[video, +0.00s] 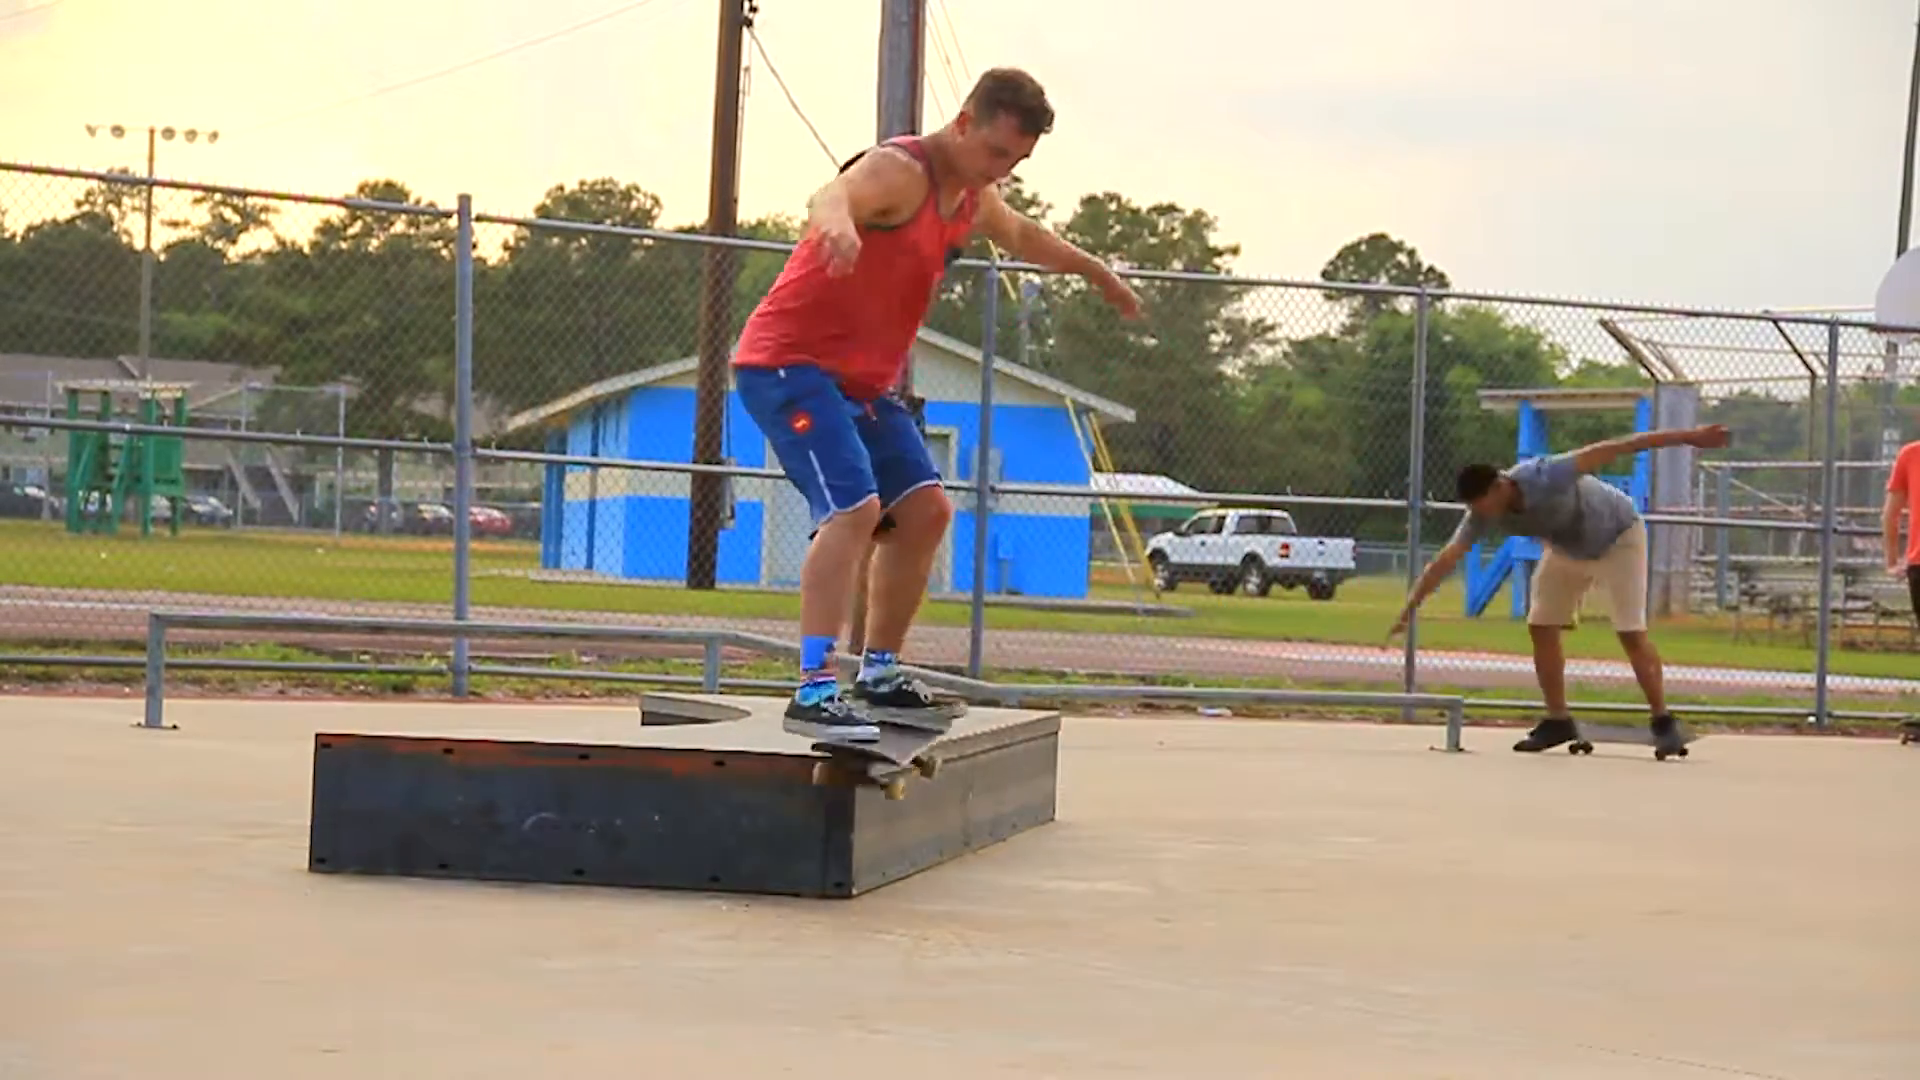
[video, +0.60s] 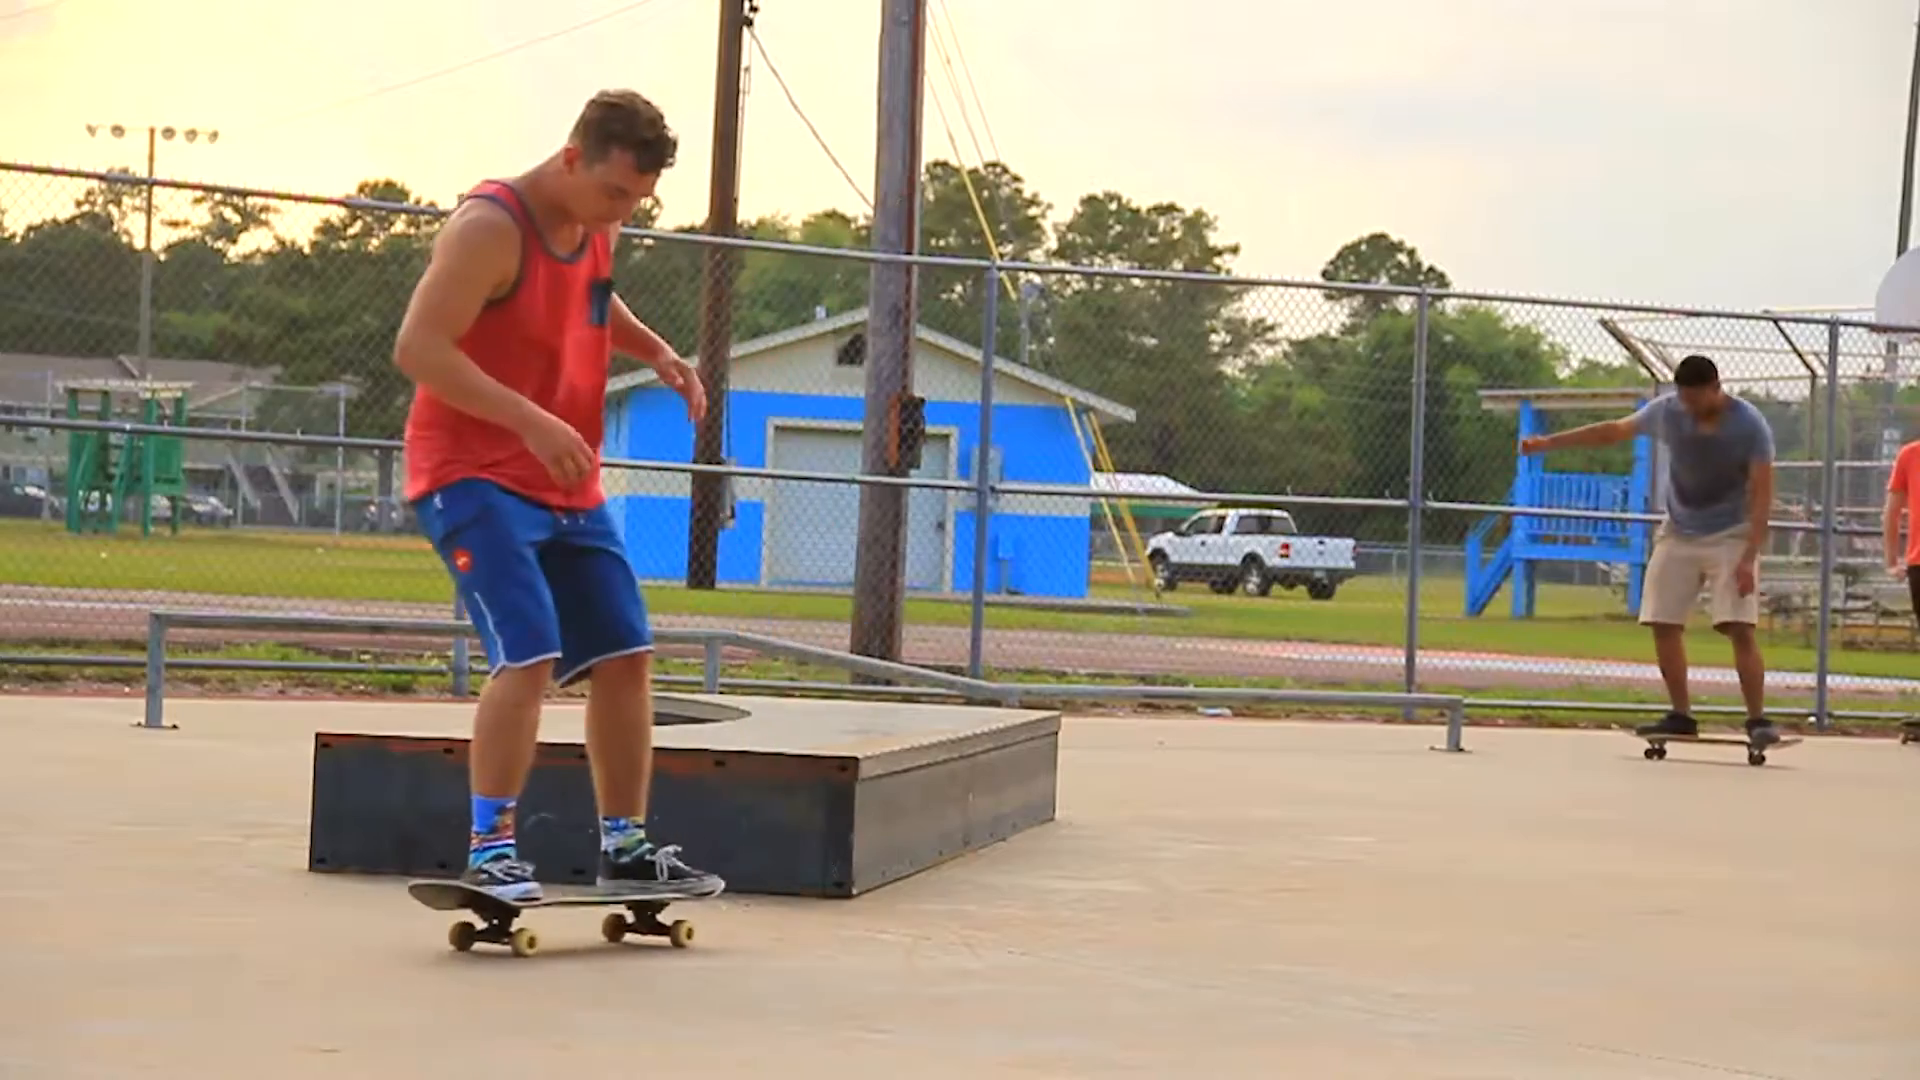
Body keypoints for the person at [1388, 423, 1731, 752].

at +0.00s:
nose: (1483, 517)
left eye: (1485, 508)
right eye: (1477, 512)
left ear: (1502, 487)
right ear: (1475, 503)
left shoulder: (1544, 475)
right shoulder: (1483, 513)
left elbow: (1615, 448)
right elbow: (1444, 562)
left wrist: (1690, 437)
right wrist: (1409, 607)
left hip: (1619, 533)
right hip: (1566, 545)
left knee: (1630, 630)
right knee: (1542, 624)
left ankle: (1662, 721)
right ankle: (1558, 721)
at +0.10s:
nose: (1537, 552)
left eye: (1539, 544)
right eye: (1530, 549)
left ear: (1551, 520)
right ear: (1521, 541)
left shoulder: (1596, 498)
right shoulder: (1531, 546)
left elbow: (1669, 480)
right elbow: (1515, 600)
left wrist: (1744, 490)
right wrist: (1500, 659)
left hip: (1643, 543)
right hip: (1585, 558)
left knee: (1647, 627)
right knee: (1553, 626)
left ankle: (1667, 723)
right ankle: (1558, 720)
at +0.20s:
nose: (1582, 533)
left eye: (1586, 525)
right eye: (1575, 529)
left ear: (1597, 503)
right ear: (1565, 517)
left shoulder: (1640, 485)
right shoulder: (1566, 517)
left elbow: (1713, 484)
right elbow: (1551, 573)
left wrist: (1775, 511)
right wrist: (1538, 632)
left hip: (1666, 540)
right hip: (1611, 550)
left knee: (1664, 623)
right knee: (1569, 620)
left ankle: (1671, 721)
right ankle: (1564, 718)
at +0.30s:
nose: (1620, 490)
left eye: (1623, 483)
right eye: (1612, 488)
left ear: (1633, 463)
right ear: (1597, 479)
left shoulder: (1668, 452)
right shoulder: (1585, 477)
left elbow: (1739, 466)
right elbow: (1553, 521)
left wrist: (1790, 505)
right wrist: (1525, 573)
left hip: (1686, 522)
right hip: (1632, 525)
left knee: (1682, 614)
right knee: (1593, 602)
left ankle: (1686, 716)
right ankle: (1588, 703)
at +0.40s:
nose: (1644, 453)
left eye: (1649, 446)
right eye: (1637, 448)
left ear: (1663, 433)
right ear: (1629, 438)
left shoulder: (1702, 433)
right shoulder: (1619, 443)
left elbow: (1757, 464)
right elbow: (1565, 469)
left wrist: (1792, 515)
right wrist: (1507, 504)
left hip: (1702, 531)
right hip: (1650, 527)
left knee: (1695, 622)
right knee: (1612, 609)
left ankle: (1709, 719)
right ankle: (1631, 707)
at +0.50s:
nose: (1674, 432)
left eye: (1681, 425)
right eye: (1666, 425)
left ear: (1696, 411)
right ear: (1656, 414)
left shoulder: (1732, 432)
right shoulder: (1644, 423)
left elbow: (1766, 485)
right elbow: (1585, 443)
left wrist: (1780, 553)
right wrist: (1523, 455)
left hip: (1713, 539)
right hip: (1661, 537)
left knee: (1714, 626)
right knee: (1639, 623)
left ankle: (1734, 720)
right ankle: (1658, 715)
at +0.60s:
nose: (1690, 405)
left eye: (1696, 399)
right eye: (1684, 398)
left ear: (1717, 388)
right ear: (1679, 391)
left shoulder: (1750, 424)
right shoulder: (1667, 410)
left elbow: (1762, 495)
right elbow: (1614, 431)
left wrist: (1750, 557)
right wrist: (1549, 442)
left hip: (1733, 538)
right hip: (1678, 536)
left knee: (1742, 630)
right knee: (1664, 624)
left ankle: (1757, 720)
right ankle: (1681, 716)